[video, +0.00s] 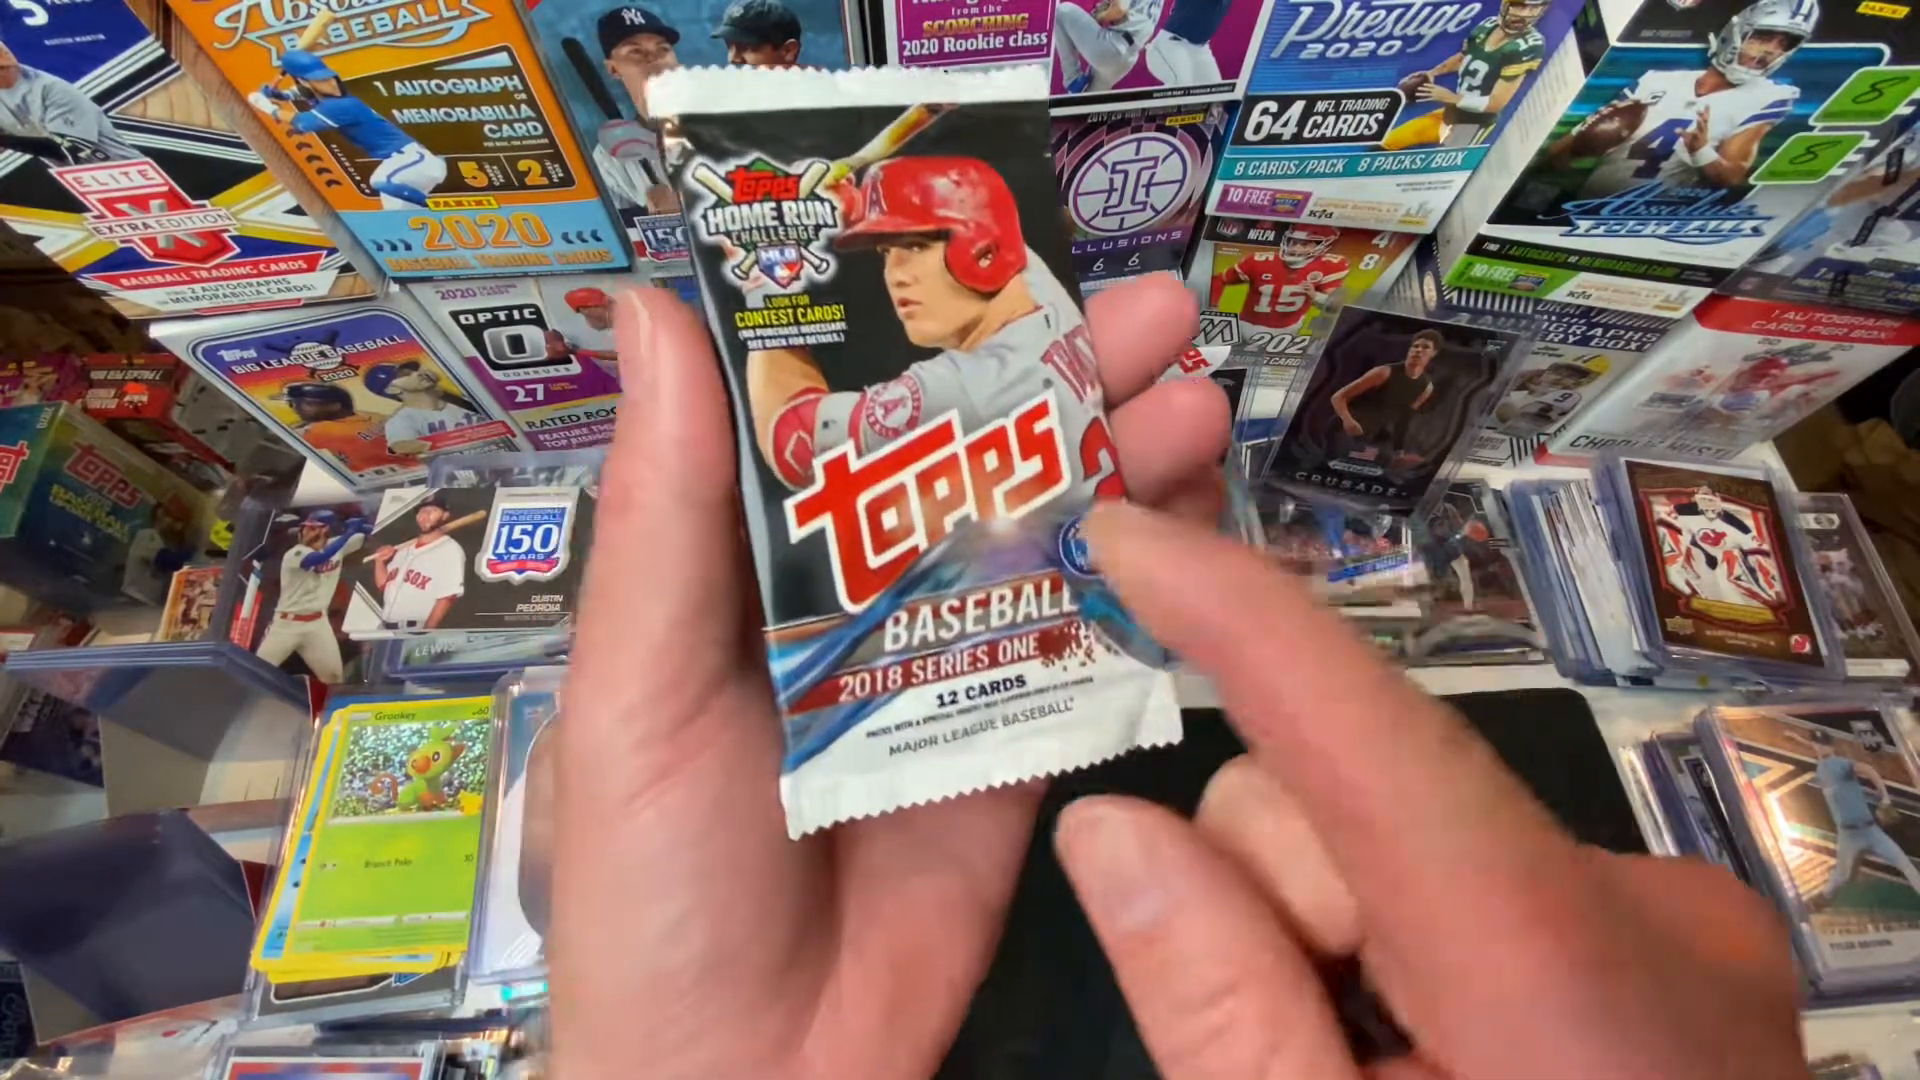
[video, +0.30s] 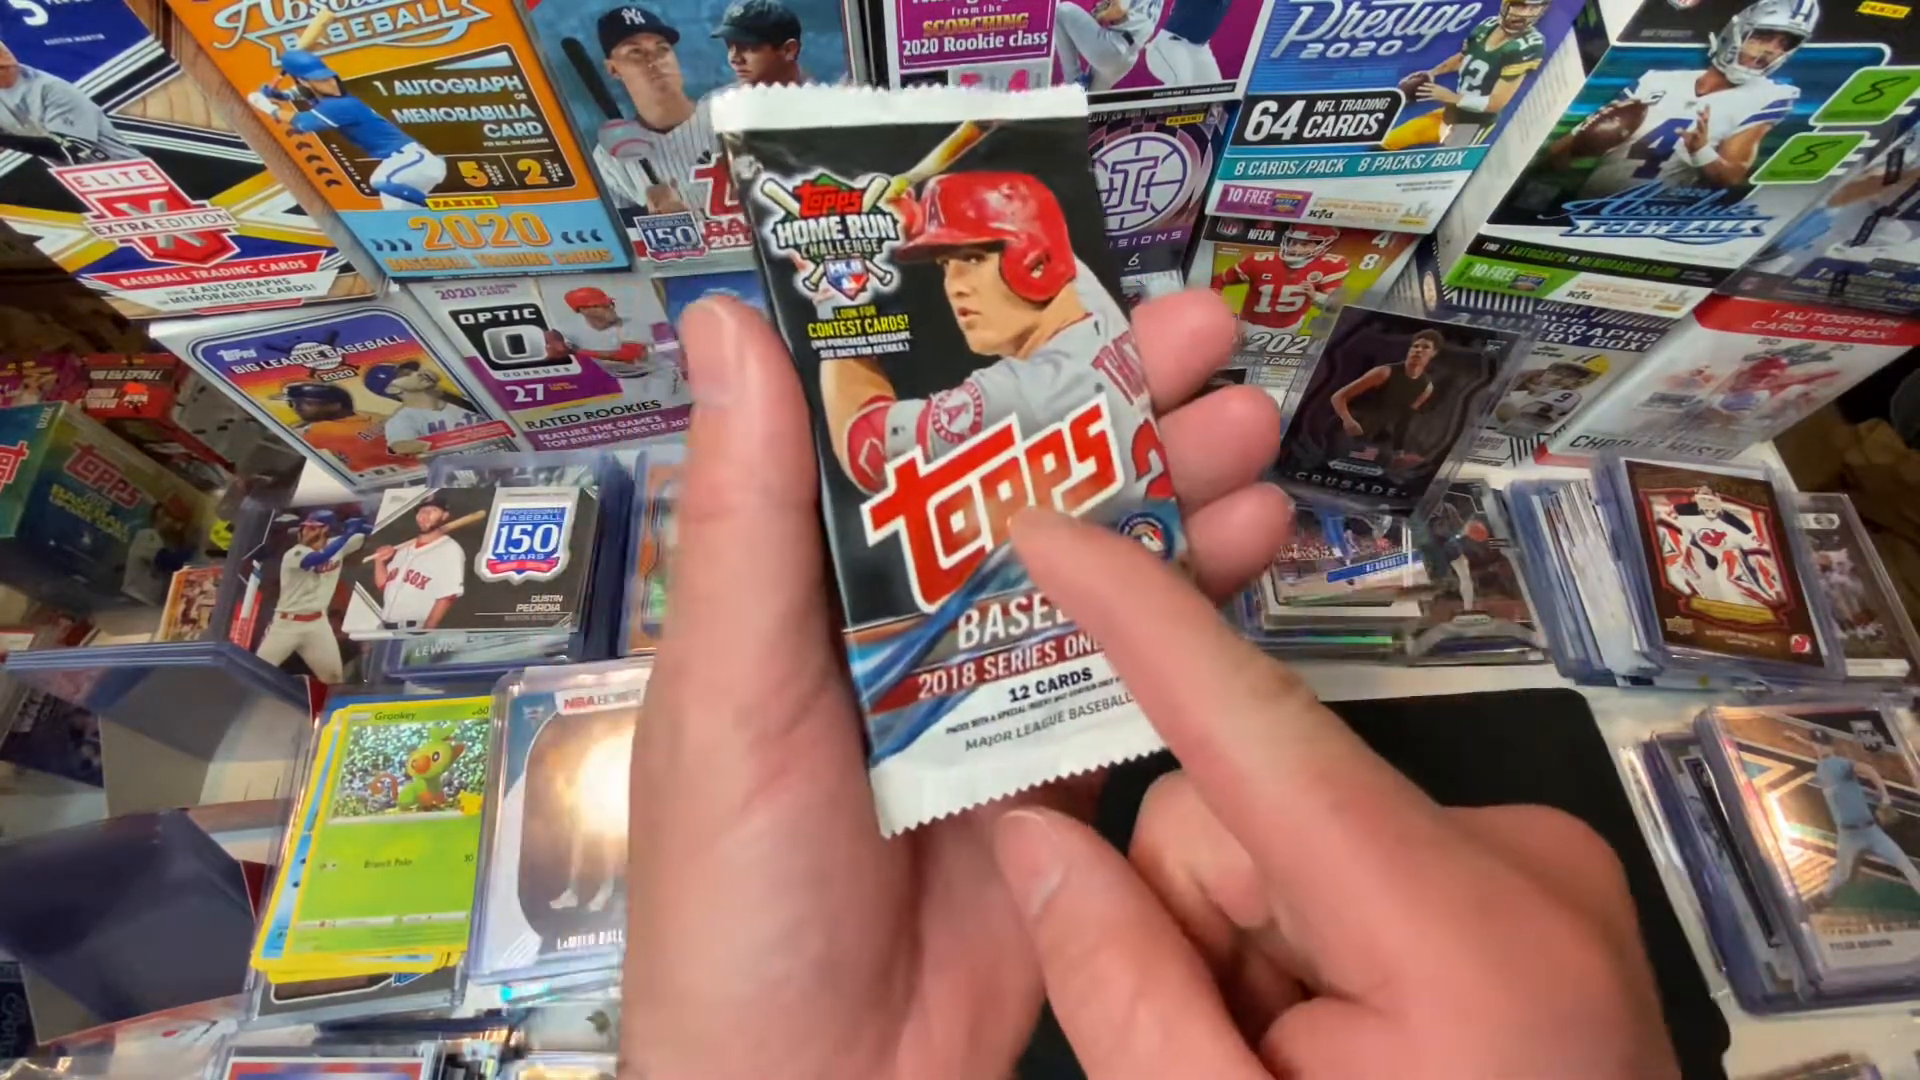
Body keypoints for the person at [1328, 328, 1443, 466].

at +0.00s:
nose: (1418, 350)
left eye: (1425, 347)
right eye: (1415, 346)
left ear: (1434, 354)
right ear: (1409, 349)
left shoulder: (1426, 389)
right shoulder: (1384, 373)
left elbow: (1404, 417)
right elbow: (1338, 397)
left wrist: (1399, 451)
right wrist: (1348, 421)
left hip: (1382, 439)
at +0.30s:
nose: (1418, 350)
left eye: (1425, 347)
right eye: (1415, 346)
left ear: (1434, 354)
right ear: (1409, 349)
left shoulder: (1426, 389)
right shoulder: (1384, 373)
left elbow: (1404, 417)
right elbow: (1338, 397)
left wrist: (1399, 451)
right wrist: (1347, 420)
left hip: (1382, 439)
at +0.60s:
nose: (1419, 350)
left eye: (1426, 347)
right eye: (1416, 346)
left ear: (1433, 354)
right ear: (1409, 350)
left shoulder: (1426, 388)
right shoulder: (1384, 373)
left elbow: (1405, 415)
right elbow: (1338, 396)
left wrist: (1399, 450)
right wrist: (1348, 420)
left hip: (1385, 439)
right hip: (1357, 434)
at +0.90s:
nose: (1418, 351)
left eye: (1425, 347)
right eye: (1415, 346)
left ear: (1433, 355)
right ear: (1409, 350)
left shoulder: (1426, 388)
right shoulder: (1384, 373)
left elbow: (1404, 416)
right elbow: (1338, 397)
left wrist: (1399, 451)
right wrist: (1348, 421)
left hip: (1384, 442)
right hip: (1358, 436)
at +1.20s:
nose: (1418, 351)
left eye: (1425, 347)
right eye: (1415, 346)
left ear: (1433, 354)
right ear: (1409, 350)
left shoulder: (1426, 388)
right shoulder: (1383, 373)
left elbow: (1406, 416)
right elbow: (1338, 398)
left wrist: (1400, 449)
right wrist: (1348, 421)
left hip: (1385, 441)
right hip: (1358, 433)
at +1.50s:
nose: (1418, 350)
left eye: (1425, 347)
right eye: (1415, 346)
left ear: (1433, 354)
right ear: (1409, 349)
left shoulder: (1426, 388)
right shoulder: (1384, 373)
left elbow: (1406, 416)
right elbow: (1338, 398)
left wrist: (1400, 450)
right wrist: (1348, 421)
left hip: (1386, 440)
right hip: (1359, 433)